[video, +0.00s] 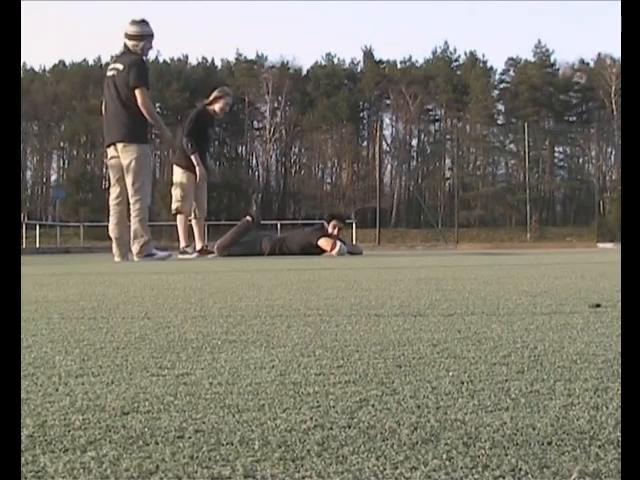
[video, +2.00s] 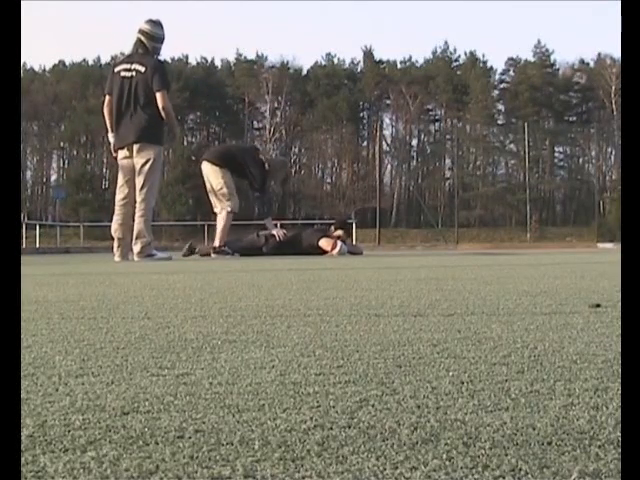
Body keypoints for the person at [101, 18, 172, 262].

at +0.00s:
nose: (151, 46)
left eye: (151, 42)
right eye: (149, 42)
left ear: (128, 40)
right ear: (141, 42)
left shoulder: (113, 64)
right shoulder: (137, 63)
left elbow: (105, 107)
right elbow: (142, 101)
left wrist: (113, 133)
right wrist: (162, 129)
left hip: (112, 138)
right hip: (133, 137)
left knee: (116, 196)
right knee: (138, 195)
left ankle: (119, 250)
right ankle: (142, 247)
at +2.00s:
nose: (160, 47)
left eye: (160, 43)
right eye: (160, 43)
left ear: (138, 38)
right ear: (156, 42)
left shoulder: (118, 65)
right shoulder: (155, 65)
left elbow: (107, 104)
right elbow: (162, 102)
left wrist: (112, 134)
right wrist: (174, 126)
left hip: (121, 136)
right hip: (147, 136)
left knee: (123, 195)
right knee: (145, 195)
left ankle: (119, 249)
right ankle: (142, 248)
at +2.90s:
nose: (165, 49)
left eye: (165, 45)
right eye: (165, 45)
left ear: (144, 38)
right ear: (160, 43)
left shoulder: (121, 65)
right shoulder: (157, 64)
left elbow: (109, 102)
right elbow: (162, 102)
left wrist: (113, 134)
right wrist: (173, 125)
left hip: (123, 136)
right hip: (148, 136)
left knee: (124, 195)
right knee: (145, 196)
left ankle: (119, 249)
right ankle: (142, 248)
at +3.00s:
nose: (165, 49)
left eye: (165, 45)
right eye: (165, 45)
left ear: (144, 38)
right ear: (160, 43)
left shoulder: (121, 65)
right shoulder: (157, 64)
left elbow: (110, 102)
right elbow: (162, 102)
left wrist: (113, 133)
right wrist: (173, 125)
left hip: (123, 136)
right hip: (148, 136)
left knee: (124, 194)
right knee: (146, 196)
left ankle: (119, 249)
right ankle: (142, 248)